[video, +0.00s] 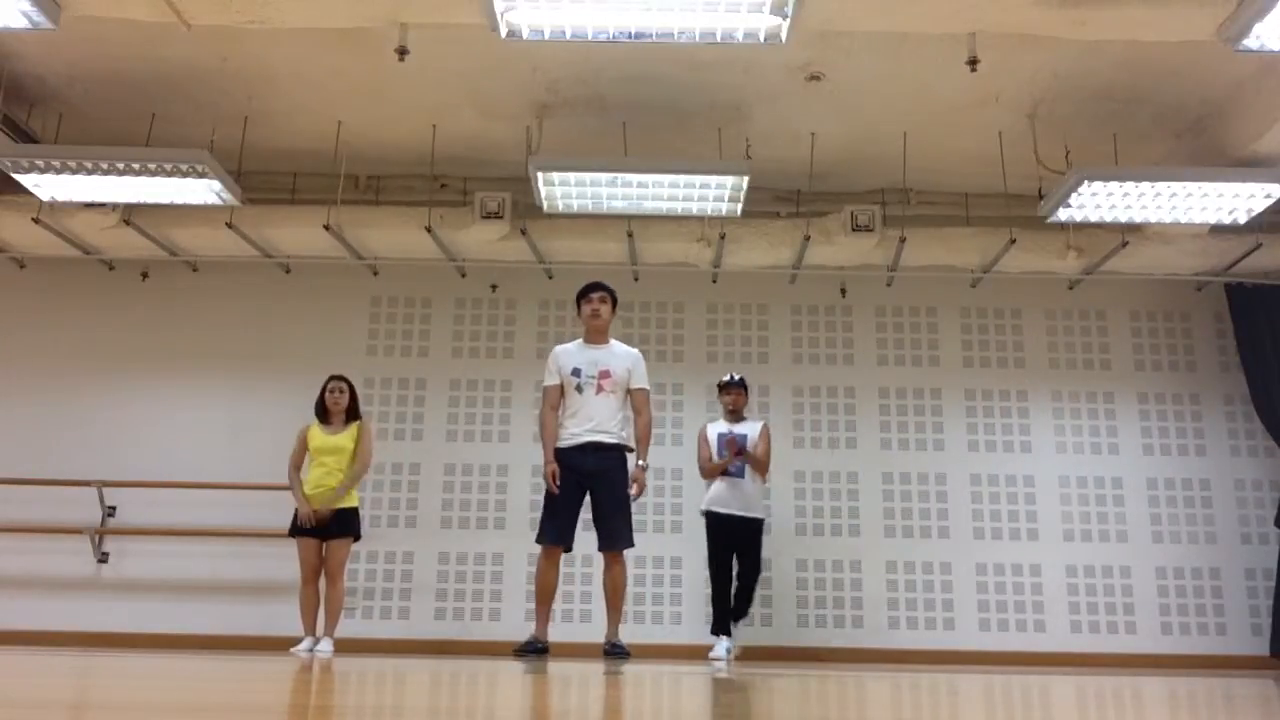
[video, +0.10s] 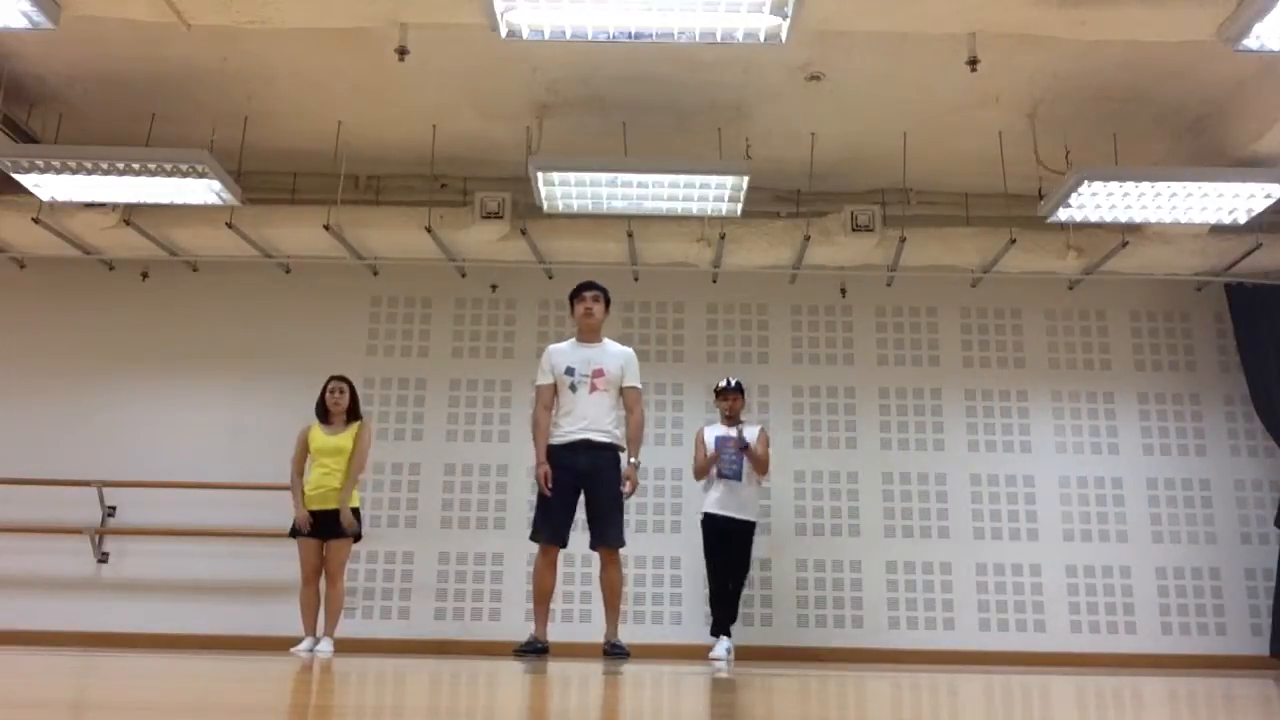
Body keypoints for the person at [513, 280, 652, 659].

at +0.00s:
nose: (595, 307)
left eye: (602, 302)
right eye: (589, 302)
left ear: (613, 311)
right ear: (579, 311)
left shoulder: (630, 357)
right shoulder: (561, 354)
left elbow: (642, 412)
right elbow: (550, 408)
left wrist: (641, 462)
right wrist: (549, 457)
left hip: (612, 457)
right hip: (568, 456)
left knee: (613, 550)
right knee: (551, 547)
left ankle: (613, 636)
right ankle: (539, 635)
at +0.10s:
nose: (588, 306)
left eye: (595, 301)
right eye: (582, 301)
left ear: (606, 310)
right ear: (572, 311)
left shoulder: (624, 356)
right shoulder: (553, 354)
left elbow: (634, 411)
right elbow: (543, 409)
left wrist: (632, 461)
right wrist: (541, 459)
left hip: (606, 456)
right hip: (562, 454)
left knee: (609, 550)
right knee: (548, 546)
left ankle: (612, 636)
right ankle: (539, 635)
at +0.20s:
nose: (581, 306)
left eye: (588, 301)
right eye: (575, 301)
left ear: (599, 310)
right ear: (565, 310)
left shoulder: (616, 355)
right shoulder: (547, 354)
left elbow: (627, 409)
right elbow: (535, 409)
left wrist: (623, 457)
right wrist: (533, 462)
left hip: (600, 456)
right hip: (556, 455)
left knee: (610, 542)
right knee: (544, 547)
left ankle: (612, 631)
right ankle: (538, 635)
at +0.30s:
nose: (577, 305)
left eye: (584, 300)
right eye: (570, 300)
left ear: (595, 309)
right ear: (560, 310)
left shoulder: (612, 353)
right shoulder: (543, 354)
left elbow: (622, 407)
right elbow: (530, 412)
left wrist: (617, 452)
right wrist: (528, 466)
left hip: (599, 455)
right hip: (554, 456)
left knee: (612, 533)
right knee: (544, 546)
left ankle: (613, 624)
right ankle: (539, 634)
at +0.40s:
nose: (576, 304)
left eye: (584, 299)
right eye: (570, 299)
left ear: (594, 309)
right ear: (559, 309)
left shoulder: (612, 353)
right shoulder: (542, 353)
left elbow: (622, 406)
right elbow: (528, 411)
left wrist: (617, 451)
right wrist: (523, 466)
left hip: (598, 455)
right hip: (554, 456)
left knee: (608, 538)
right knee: (544, 547)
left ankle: (611, 628)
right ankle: (539, 635)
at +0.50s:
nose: (579, 306)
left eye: (586, 301)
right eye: (572, 301)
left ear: (596, 310)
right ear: (562, 310)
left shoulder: (615, 354)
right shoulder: (545, 355)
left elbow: (626, 407)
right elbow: (529, 409)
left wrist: (620, 456)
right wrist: (522, 463)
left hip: (599, 456)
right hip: (554, 456)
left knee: (604, 548)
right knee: (544, 548)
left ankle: (607, 636)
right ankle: (538, 635)